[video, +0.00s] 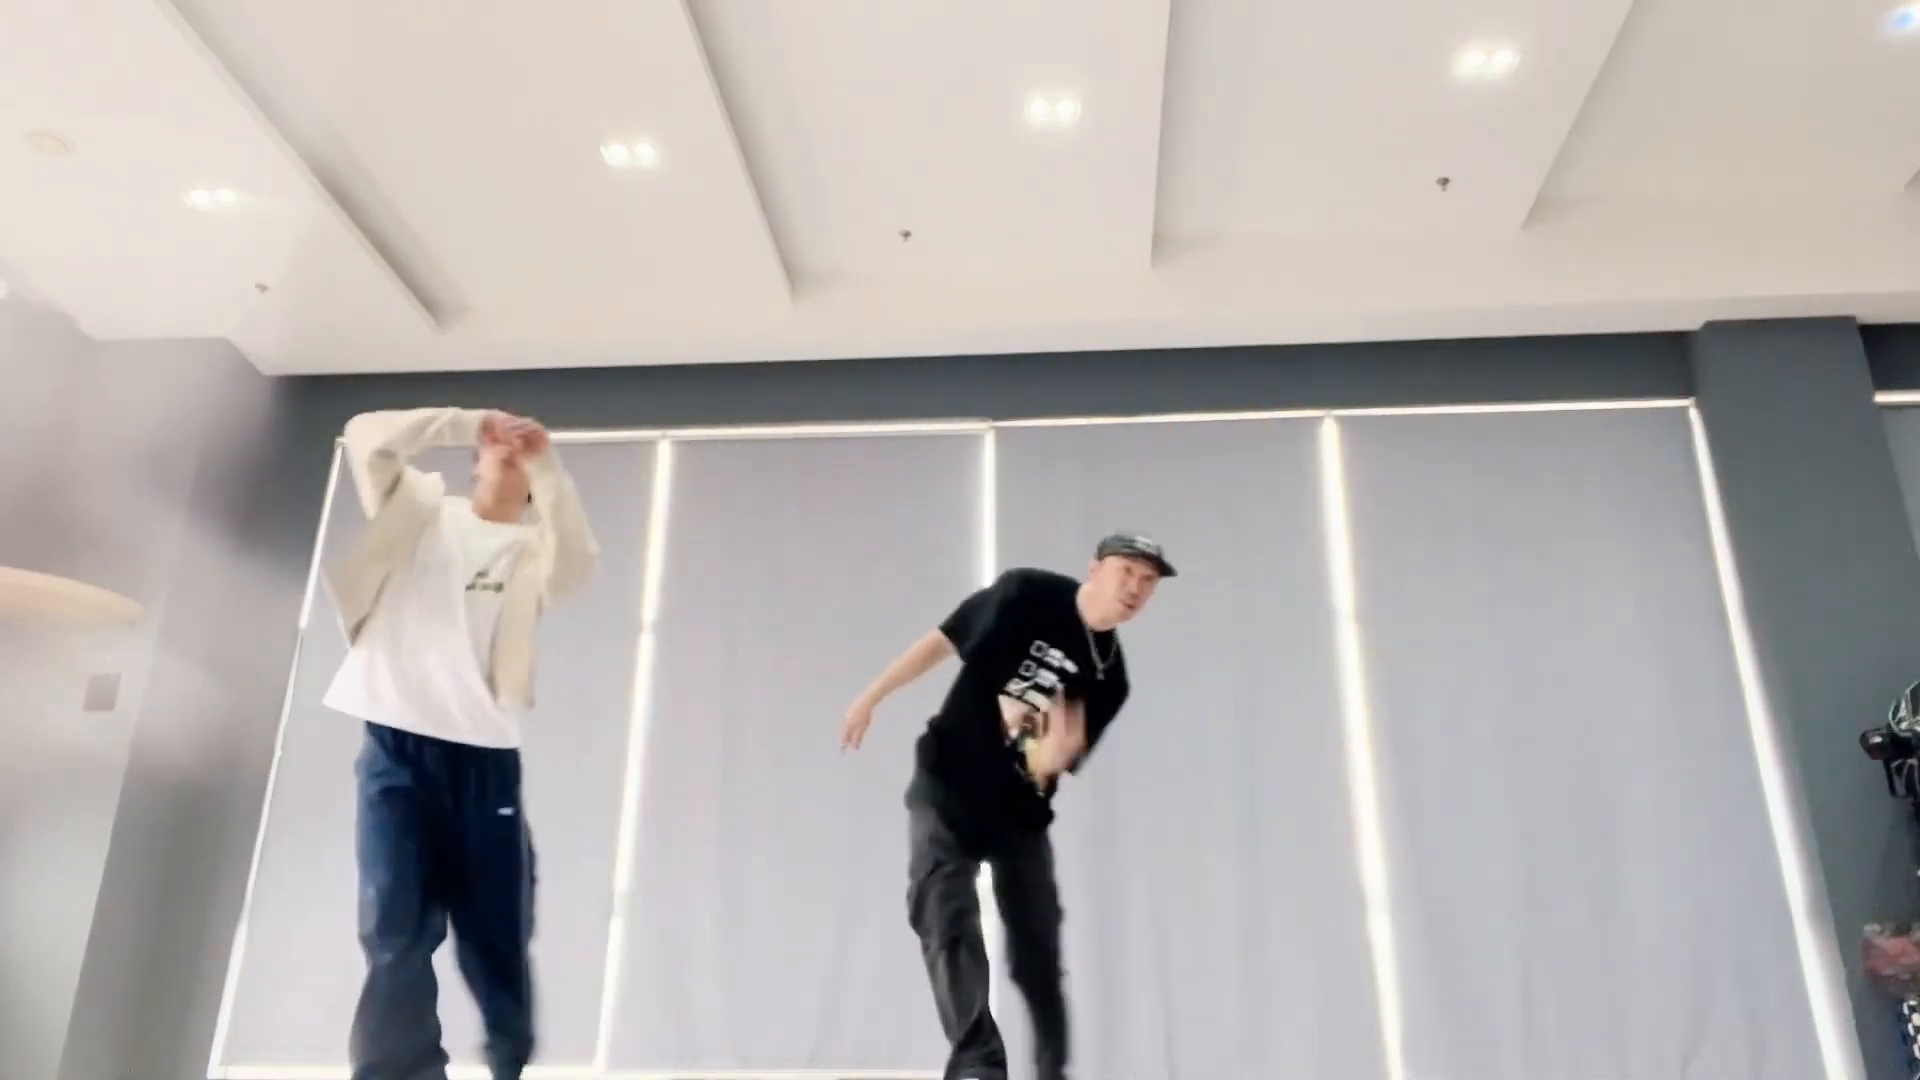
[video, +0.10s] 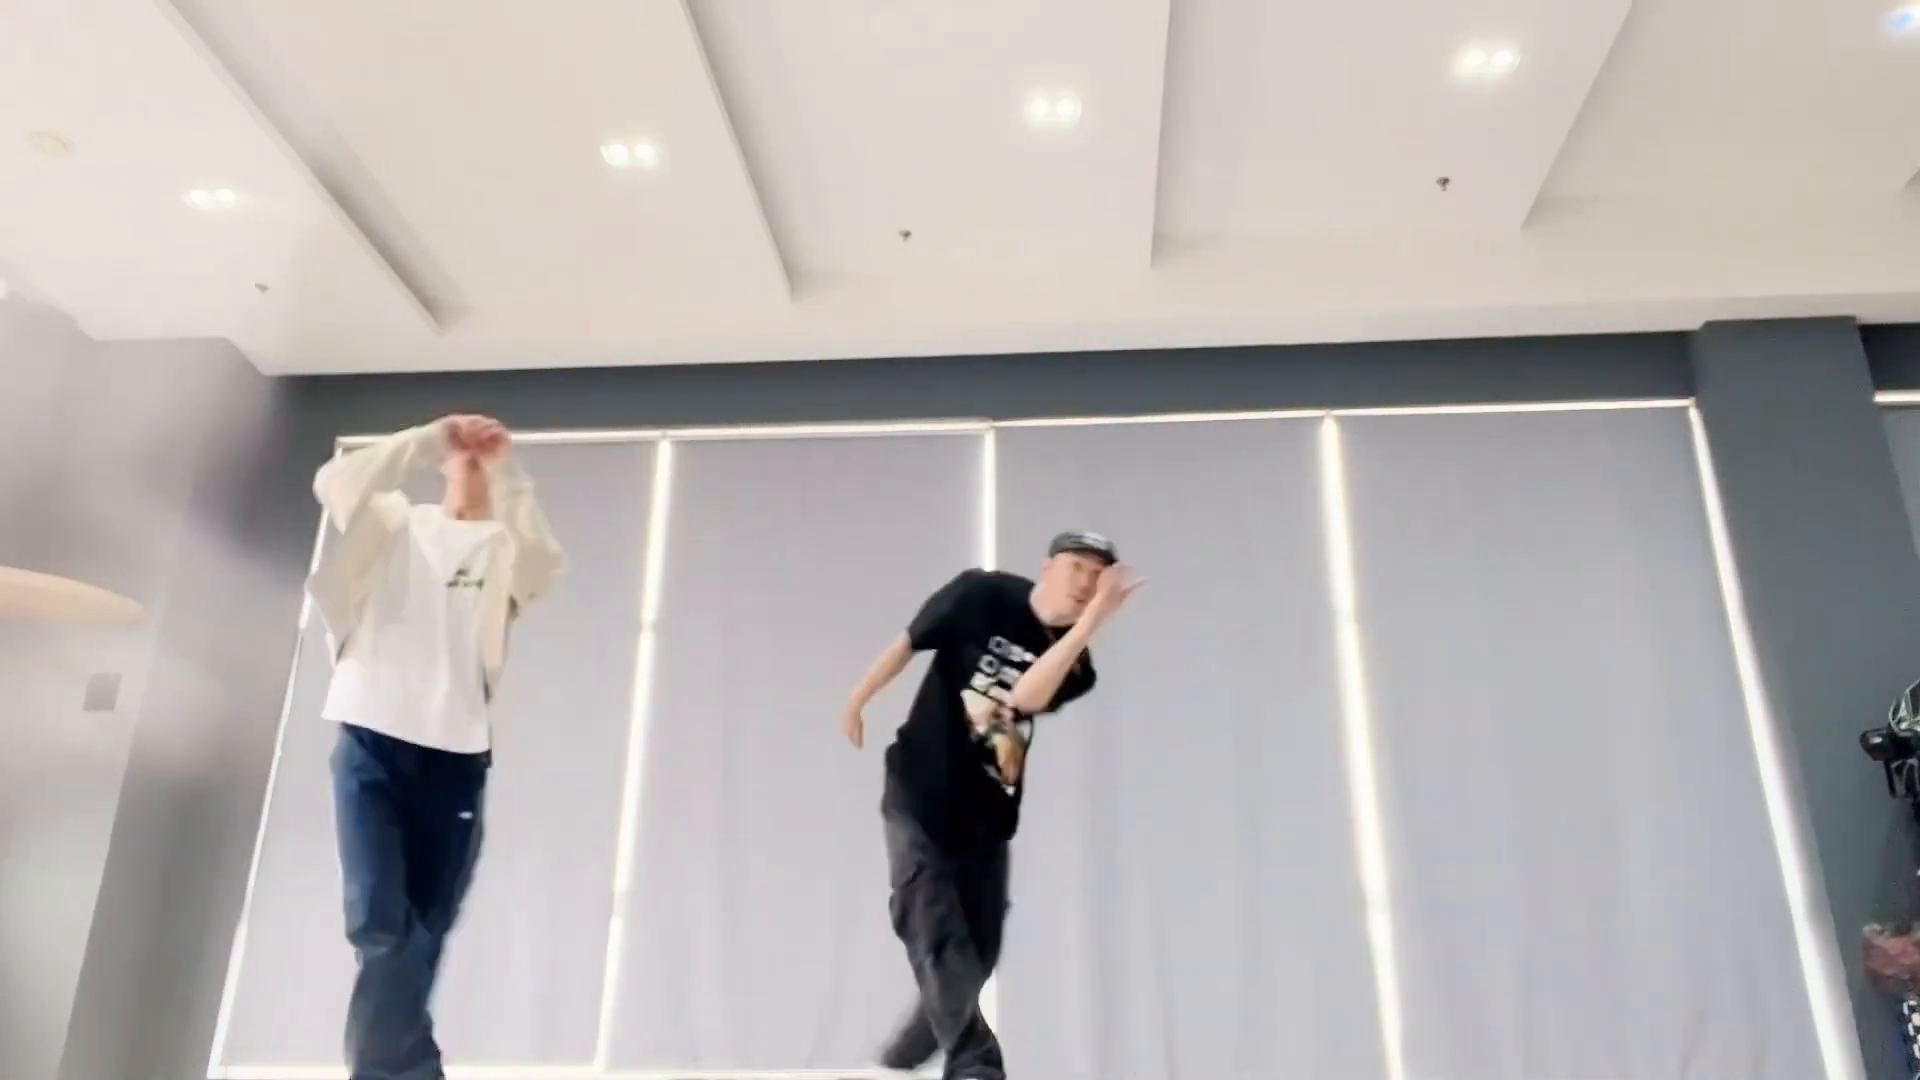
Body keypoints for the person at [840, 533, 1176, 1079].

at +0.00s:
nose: (1136, 591)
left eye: (1148, 584)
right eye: (1128, 574)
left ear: (1151, 595)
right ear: (1095, 568)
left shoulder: (1111, 682)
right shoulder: (1024, 594)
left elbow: (1048, 770)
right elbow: (942, 644)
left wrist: (1048, 757)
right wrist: (870, 698)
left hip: (1020, 804)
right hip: (951, 779)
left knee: (1036, 949)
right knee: (946, 916)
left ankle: (1052, 1069)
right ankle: (977, 1064)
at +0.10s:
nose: (1086, 586)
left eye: (1097, 579)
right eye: (1078, 570)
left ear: (1102, 592)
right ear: (1047, 566)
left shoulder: (1077, 669)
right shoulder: (981, 593)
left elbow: (1026, 696)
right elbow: (909, 645)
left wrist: (1092, 616)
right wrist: (856, 702)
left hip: (988, 803)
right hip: (923, 777)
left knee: (981, 944)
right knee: (930, 915)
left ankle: (900, 1056)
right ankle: (973, 1064)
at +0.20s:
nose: (1032, 584)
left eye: (1044, 577)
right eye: (1024, 569)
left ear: (1050, 591)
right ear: (998, 569)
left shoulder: (1036, 655)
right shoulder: (934, 607)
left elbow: (1030, 672)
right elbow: (872, 665)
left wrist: (1063, 615)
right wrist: (835, 737)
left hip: (956, 824)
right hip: (890, 799)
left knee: (895, 948)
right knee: (907, 932)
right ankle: (967, 1067)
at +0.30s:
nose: (979, 597)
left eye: (993, 589)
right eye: (970, 583)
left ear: (1004, 604)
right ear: (947, 588)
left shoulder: (1002, 680)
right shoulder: (895, 639)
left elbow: (965, 742)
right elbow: (847, 706)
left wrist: (961, 654)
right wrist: (818, 777)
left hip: (926, 839)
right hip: (863, 807)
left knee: (843, 966)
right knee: (857, 883)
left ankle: (750, 1068)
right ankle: (905, 1055)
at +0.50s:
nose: (921, 580)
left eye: (934, 573)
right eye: (910, 570)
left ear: (950, 588)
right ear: (890, 584)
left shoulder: (982, 674)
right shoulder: (860, 656)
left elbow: (991, 765)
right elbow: (822, 728)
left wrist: (913, 811)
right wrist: (815, 756)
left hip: (931, 851)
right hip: (854, 832)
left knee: (927, 978)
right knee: (812, 945)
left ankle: (837, 1004)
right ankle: (741, 1073)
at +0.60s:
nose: (921, 583)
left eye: (933, 574)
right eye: (909, 575)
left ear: (953, 588)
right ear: (892, 591)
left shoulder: (993, 670)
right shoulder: (870, 663)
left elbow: (1019, 761)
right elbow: (817, 748)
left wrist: (939, 804)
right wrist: (824, 682)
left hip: (972, 852)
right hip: (880, 857)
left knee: (1042, 908)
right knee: (816, 952)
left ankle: (970, 979)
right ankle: (753, 1070)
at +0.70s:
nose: (964, 551)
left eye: (974, 541)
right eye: (951, 544)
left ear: (996, 556)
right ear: (935, 563)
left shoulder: (1039, 634)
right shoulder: (917, 642)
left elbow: (1065, 730)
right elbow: (867, 704)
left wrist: (999, 758)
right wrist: (826, 626)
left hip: (1033, 834)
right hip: (938, 844)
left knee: (1137, 878)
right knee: (856, 949)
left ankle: (1171, 1053)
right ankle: (765, 1069)